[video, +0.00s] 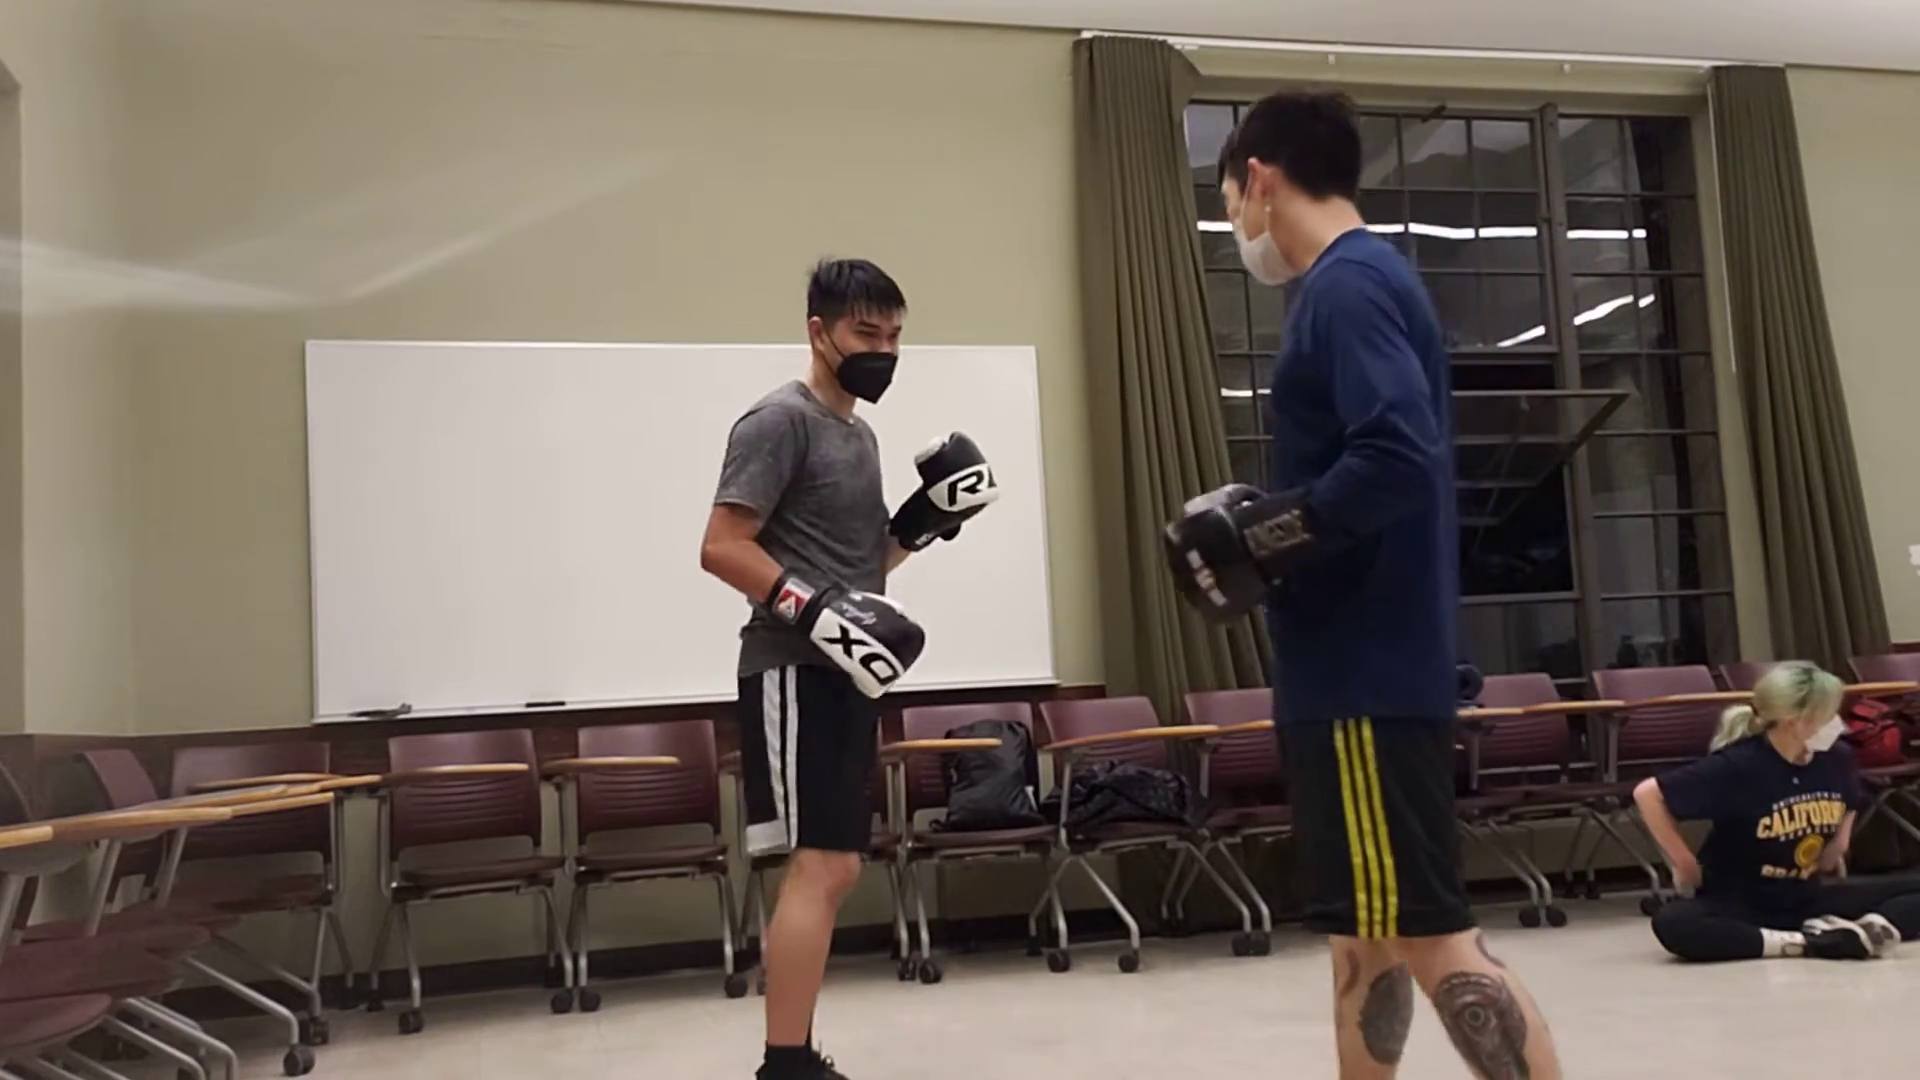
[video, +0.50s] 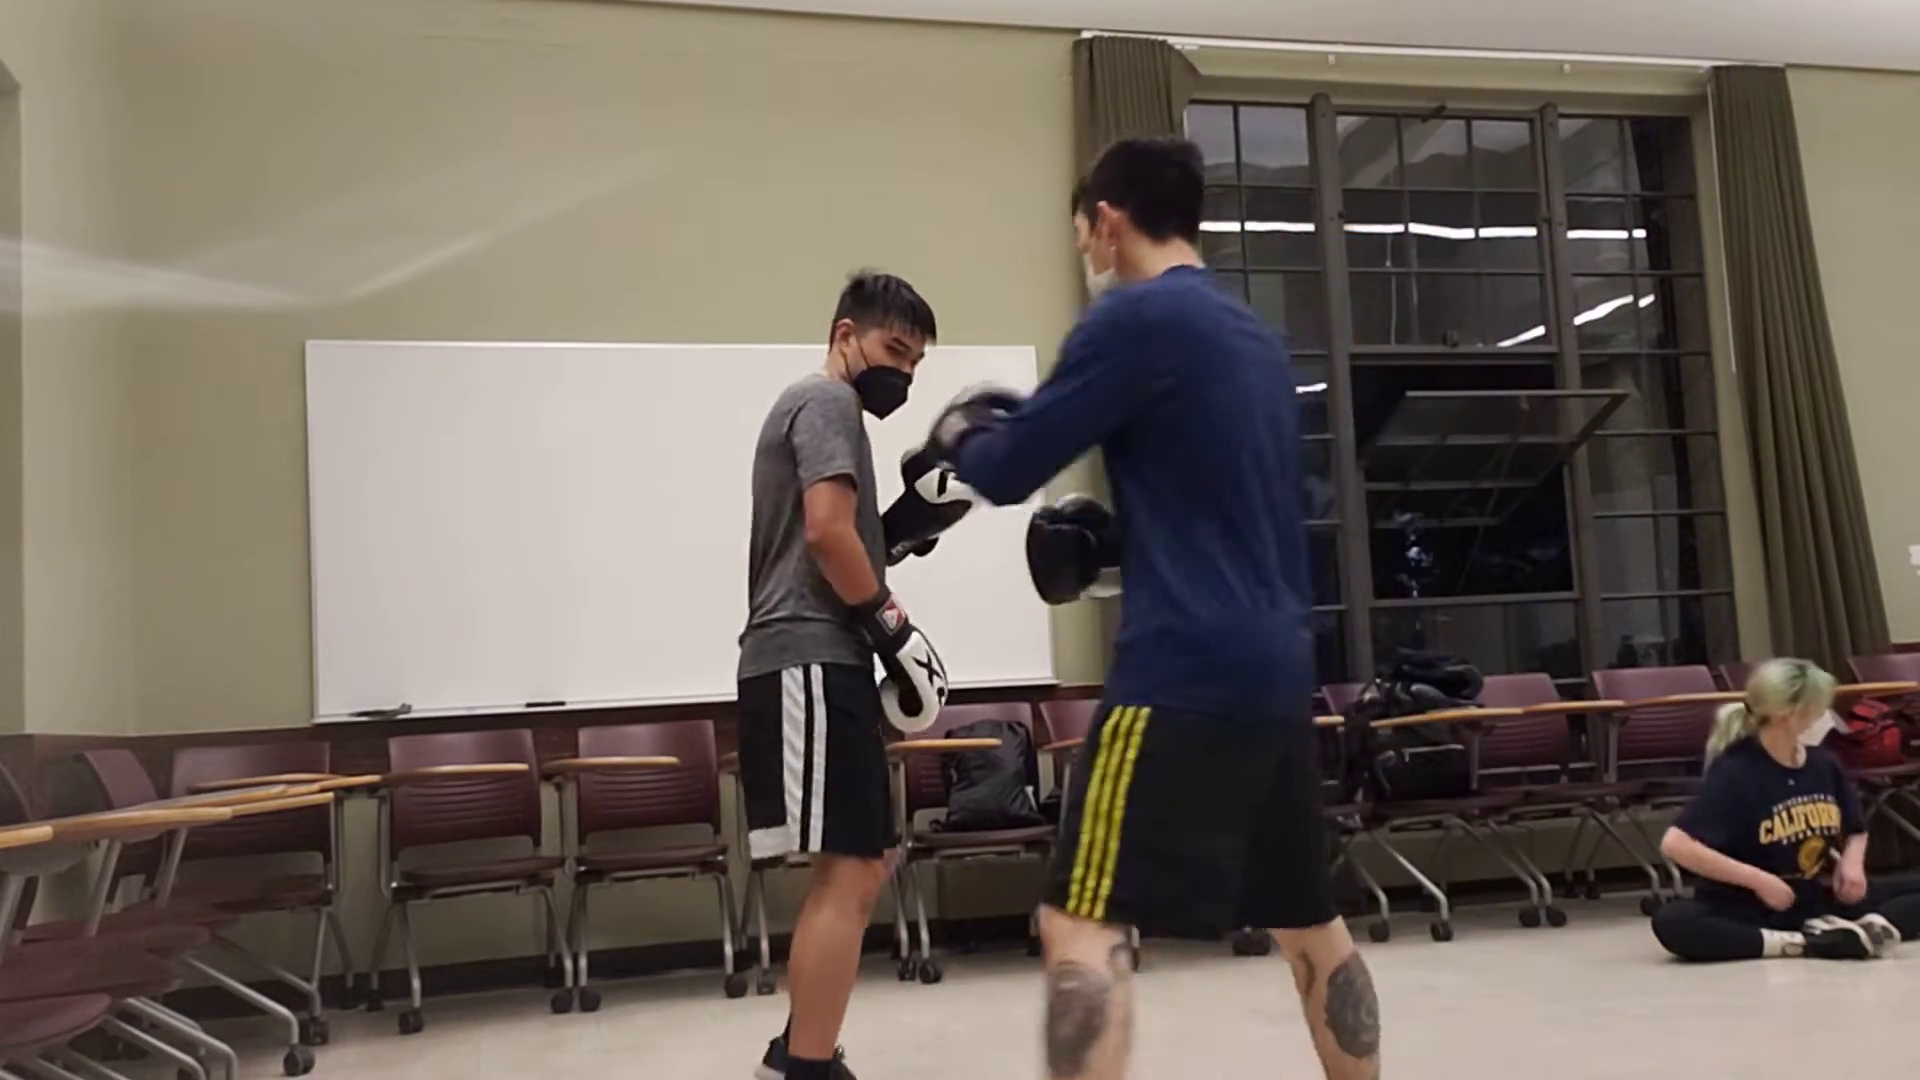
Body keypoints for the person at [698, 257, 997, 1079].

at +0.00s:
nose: (880, 349)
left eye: (891, 335)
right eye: (863, 332)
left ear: (898, 337)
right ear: (818, 329)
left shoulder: (857, 436)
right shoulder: (778, 422)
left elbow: (859, 566)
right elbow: (723, 547)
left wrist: (923, 516)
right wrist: (816, 612)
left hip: (838, 668)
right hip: (794, 667)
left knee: (829, 867)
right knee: (823, 867)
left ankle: (794, 1054)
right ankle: (787, 1060)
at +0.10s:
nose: (882, 354)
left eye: (894, 341)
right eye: (867, 335)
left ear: (903, 345)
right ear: (822, 330)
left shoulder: (855, 438)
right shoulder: (783, 417)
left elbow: (860, 568)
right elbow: (729, 540)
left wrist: (924, 513)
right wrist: (825, 613)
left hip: (839, 659)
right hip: (799, 659)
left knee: (843, 856)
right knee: (840, 856)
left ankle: (796, 1051)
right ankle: (792, 1055)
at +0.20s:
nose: (886, 359)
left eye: (898, 347)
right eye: (872, 339)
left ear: (905, 350)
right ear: (827, 330)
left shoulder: (847, 439)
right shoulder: (793, 410)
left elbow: (862, 574)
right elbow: (748, 532)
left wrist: (927, 508)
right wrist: (846, 608)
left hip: (833, 658)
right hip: (803, 658)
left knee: (840, 858)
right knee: (851, 856)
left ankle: (797, 1054)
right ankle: (798, 1058)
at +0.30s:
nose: (893, 365)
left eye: (904, 353)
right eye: (880, 344)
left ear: (908, 357)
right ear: (833, 333)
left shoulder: (835, 433)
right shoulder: (805, 409)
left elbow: (856, 583)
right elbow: (777, 532)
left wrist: (916, 515)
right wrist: (867, 613)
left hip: (832, 662)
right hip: (808, 662)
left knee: (845, 870)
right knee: (841, 871)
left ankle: (796, 1057)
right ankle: (805, 1064)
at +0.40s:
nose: (901, 366)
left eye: (911, 355)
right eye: (890, 346)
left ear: (913, 358)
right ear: (841, 335)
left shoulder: (824, 419)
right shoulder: (819, 405)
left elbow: (836, 571)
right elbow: (811, 532)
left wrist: (914, 519)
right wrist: (886, 620)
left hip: (821, 661)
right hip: (808, 662)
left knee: (845, 871)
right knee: (844, 872)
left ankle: (799, 1057)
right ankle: (807, 1064)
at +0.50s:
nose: (903, 371)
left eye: (913, 361)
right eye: (894, 350)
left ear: (903, 359)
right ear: (844, 334)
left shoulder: (823, 414)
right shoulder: (823, 399)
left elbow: (838, 562)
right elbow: (826, 527)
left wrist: (909, 518)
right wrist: (889, 623)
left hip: (821, 660)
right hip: (807, 661)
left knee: (861, 867)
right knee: (851, 869)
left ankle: (805, 1052)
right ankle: (809, 1060)